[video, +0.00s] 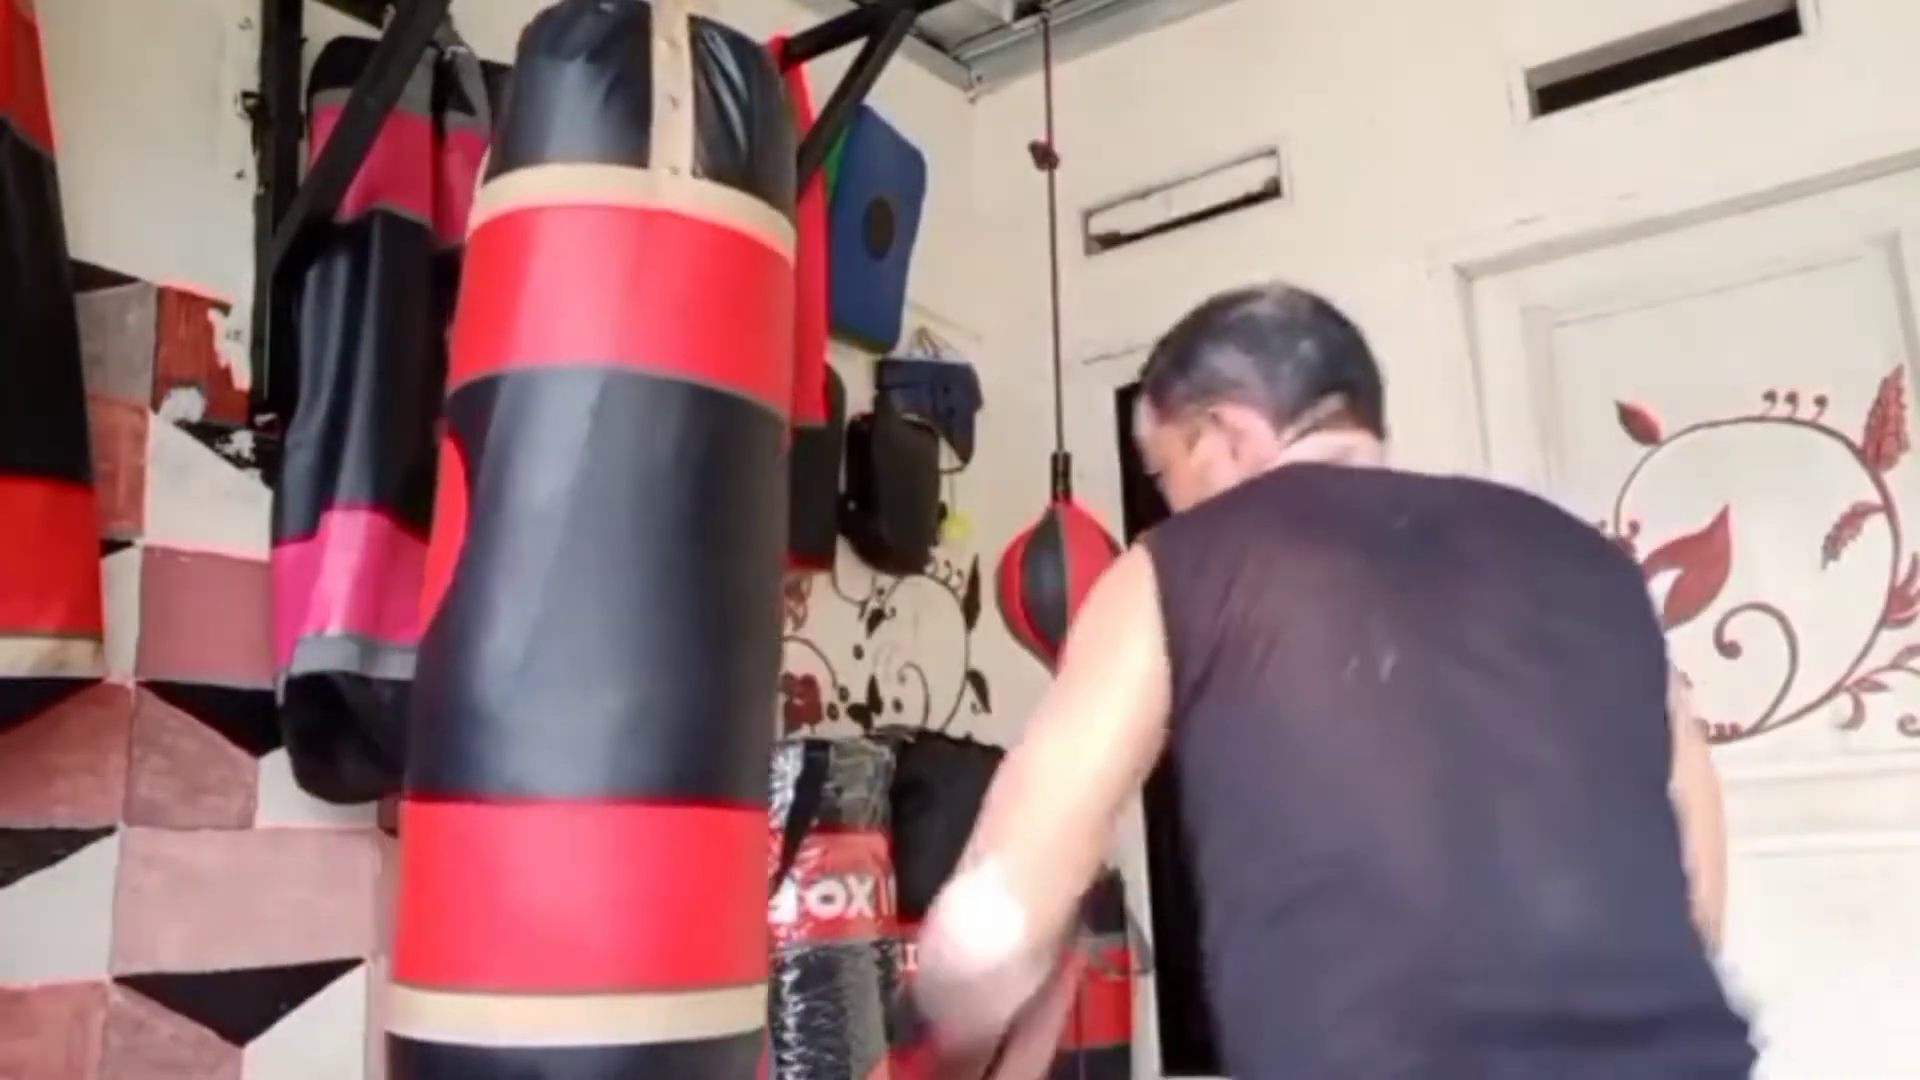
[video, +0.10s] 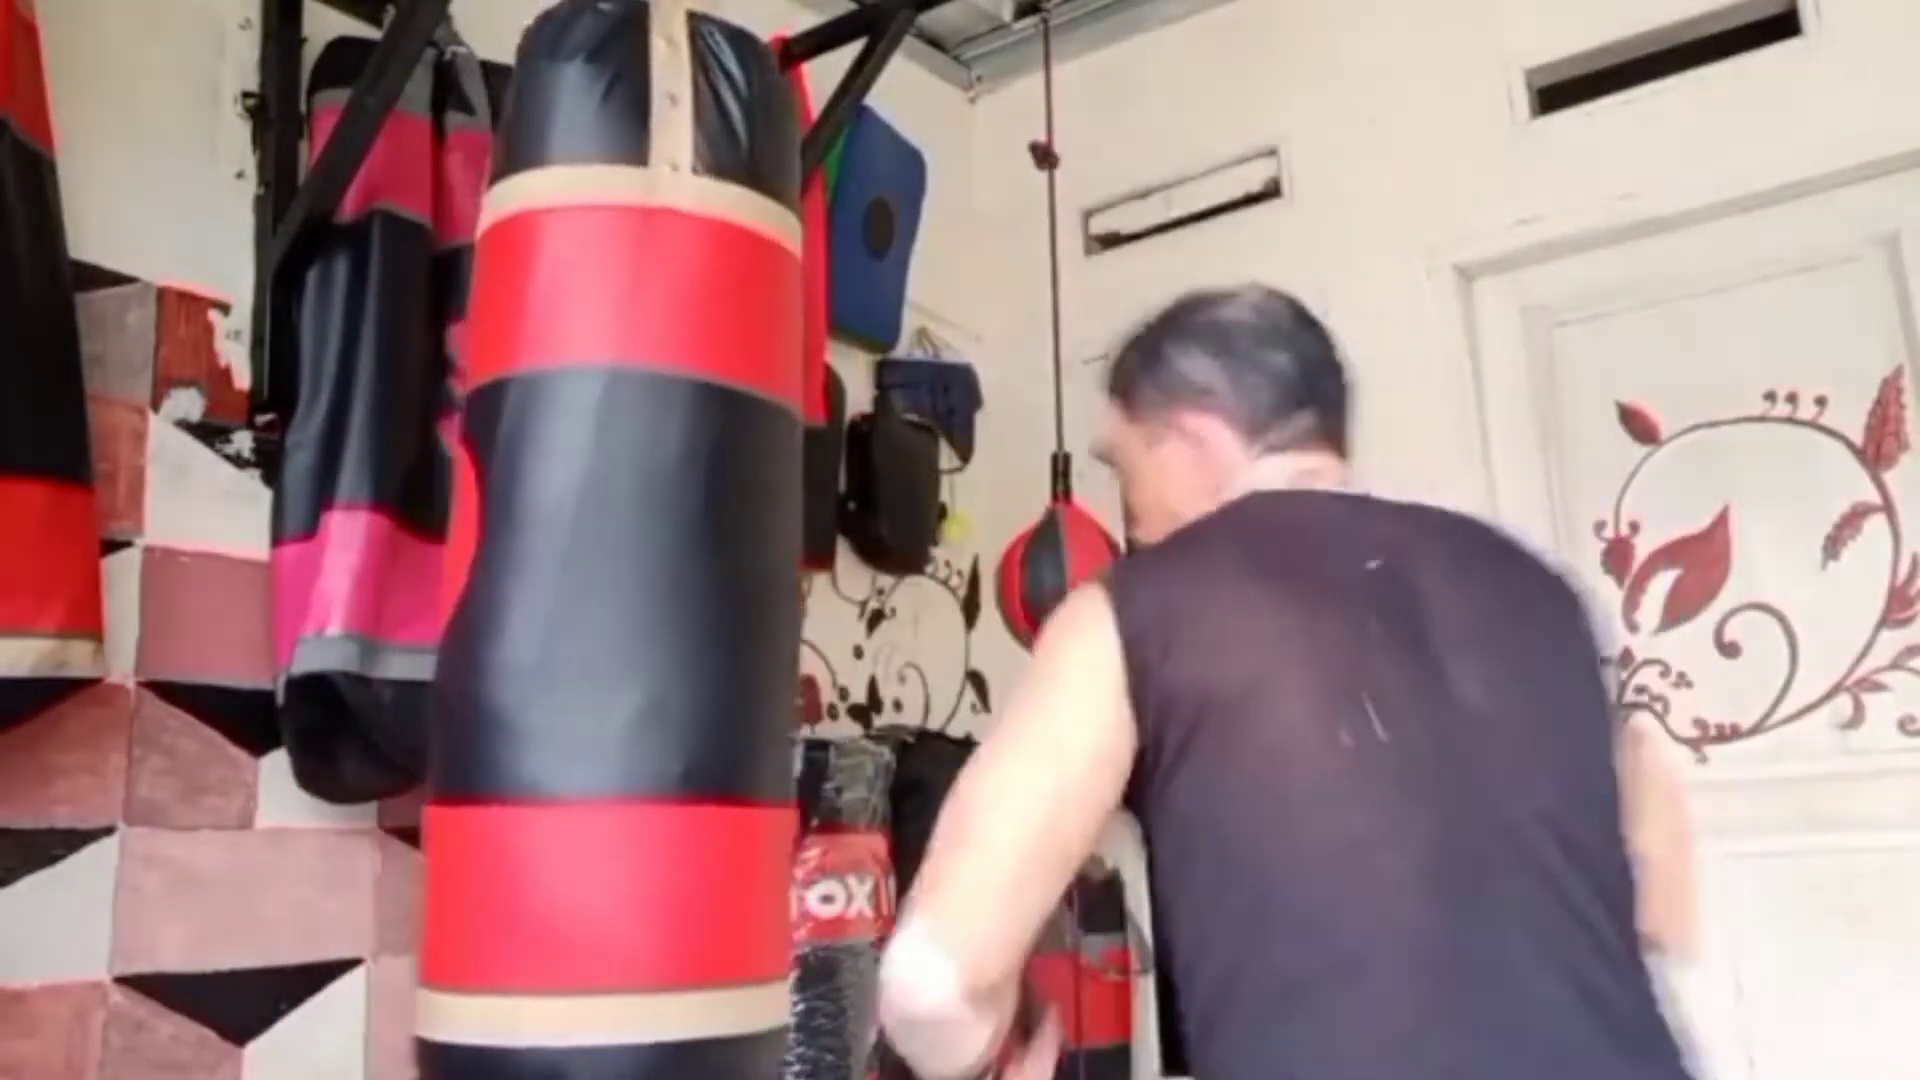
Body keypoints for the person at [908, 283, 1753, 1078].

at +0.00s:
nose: (1166, 508)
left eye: (1164, 476)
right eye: (1155, 483)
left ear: (1234, 430)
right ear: (1365, 422)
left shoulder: (1184, 564)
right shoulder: (1593, 557)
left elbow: (981, 942)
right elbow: (1699, 910)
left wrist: (962, 1040)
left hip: (1356, 1055)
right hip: (1668, 1055)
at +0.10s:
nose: (1124, 508)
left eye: (1124, 466)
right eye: (1115, 472)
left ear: (1196, 434)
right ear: (1329, 430)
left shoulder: (1142, 600)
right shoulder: (1539, 585)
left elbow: (932, 982)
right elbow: (1669, 911)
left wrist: (990, 1057)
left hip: (1313, 1058)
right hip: (1609, 1059)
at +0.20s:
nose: (1099, 497)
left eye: (1094, 453)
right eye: (1087, 461)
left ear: (1165, 419)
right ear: (1298, 421)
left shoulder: (1130, 593)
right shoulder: (1493, 578)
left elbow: (944, 990)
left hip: (1305, 1048)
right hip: (1584, 1047)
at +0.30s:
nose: (1048, 471)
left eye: (1034, 414)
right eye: (1029, 422)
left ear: (1105, 373)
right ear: (1239, 357)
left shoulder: (1196, 542)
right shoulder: (1362, 515)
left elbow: (1013, 944)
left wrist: (993, 828)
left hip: (1360, 1056)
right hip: (1550, 1048)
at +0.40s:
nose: (1031, 440)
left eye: (1022, 389)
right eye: (1016, 397)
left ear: (1106, 356)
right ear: (1137, 352)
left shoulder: (1230, 527)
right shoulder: (1303, 490)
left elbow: (1066, 928)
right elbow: (1047, 699)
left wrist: (976, 813)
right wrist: (856, 676)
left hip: (1376, 1053)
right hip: (1494, 1037)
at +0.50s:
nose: (998, 415)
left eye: (991, 358)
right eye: (982, 370)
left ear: (1082, 312)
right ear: (1096, 315)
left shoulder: (1216, 501)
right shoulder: (1293, 454)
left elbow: (1096, 958)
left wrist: (974, 756)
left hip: (1373, 1055)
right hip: (1461, 1039)